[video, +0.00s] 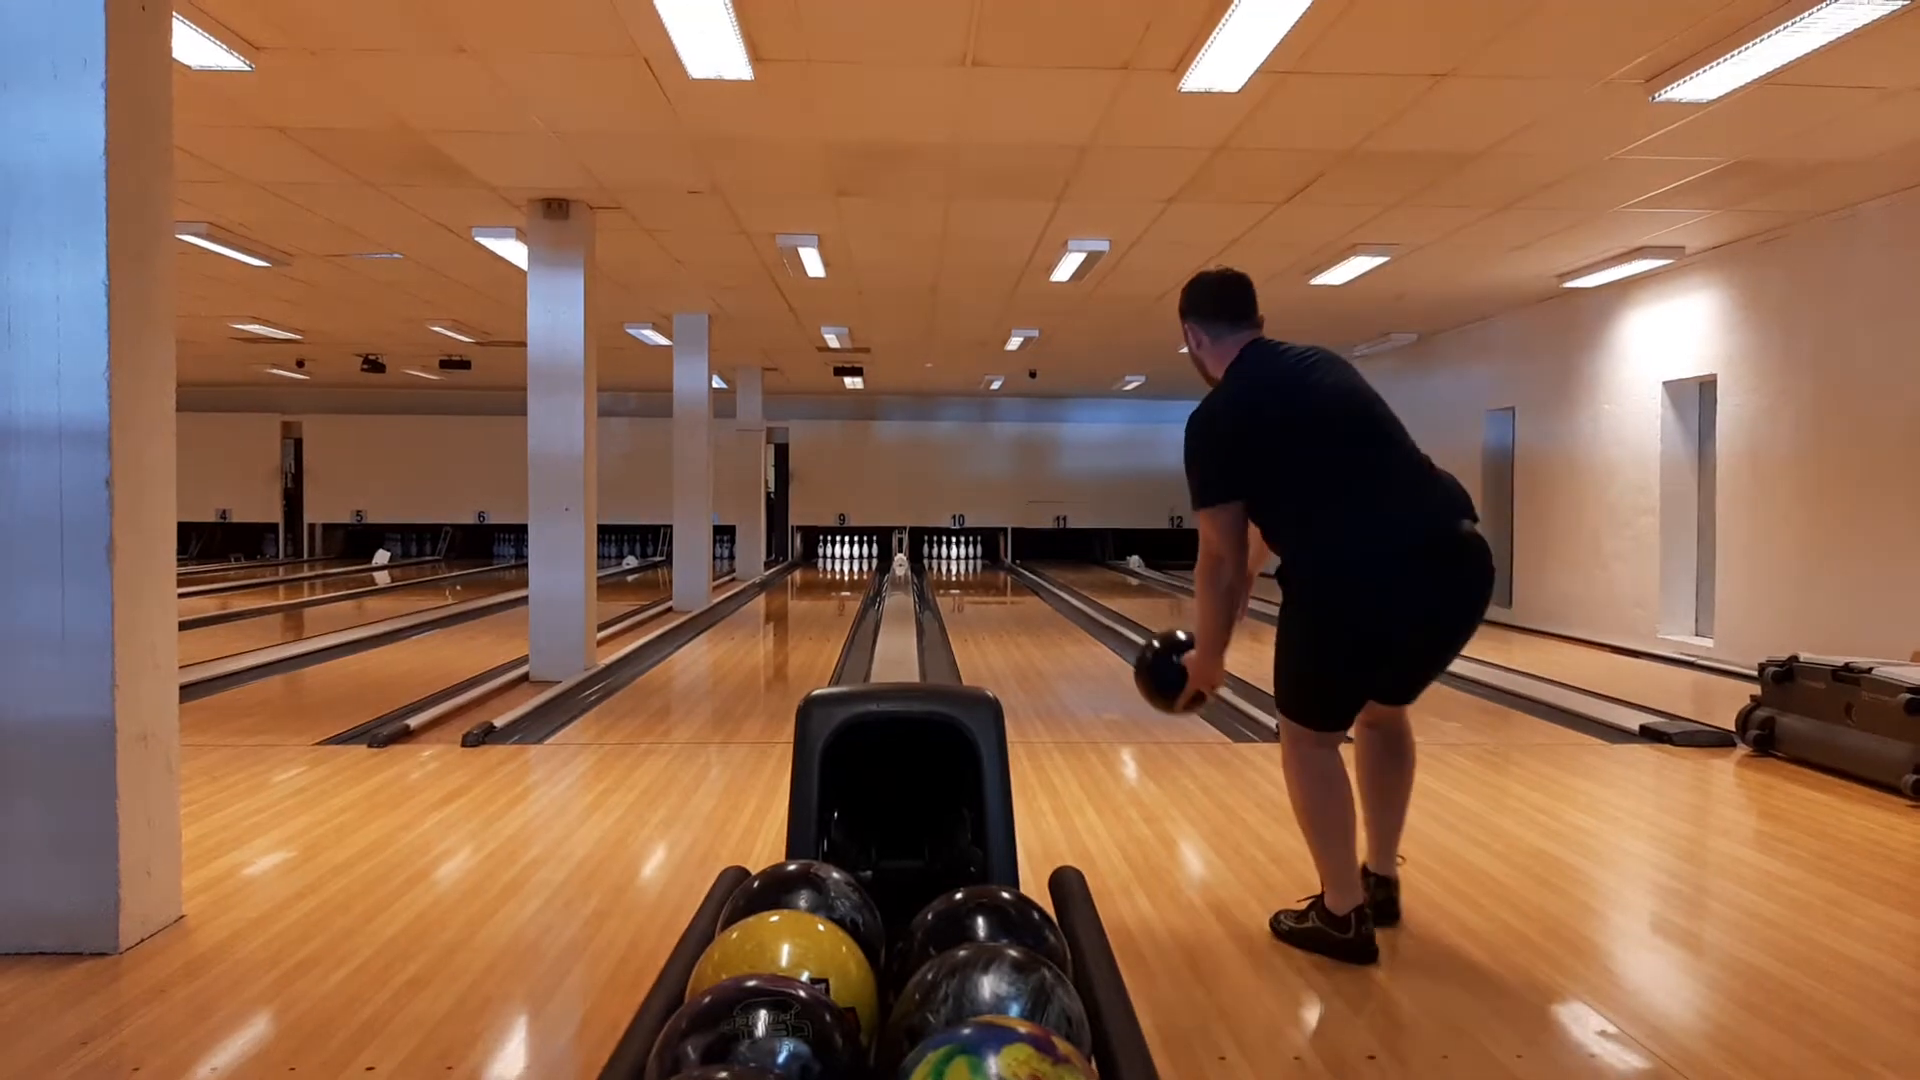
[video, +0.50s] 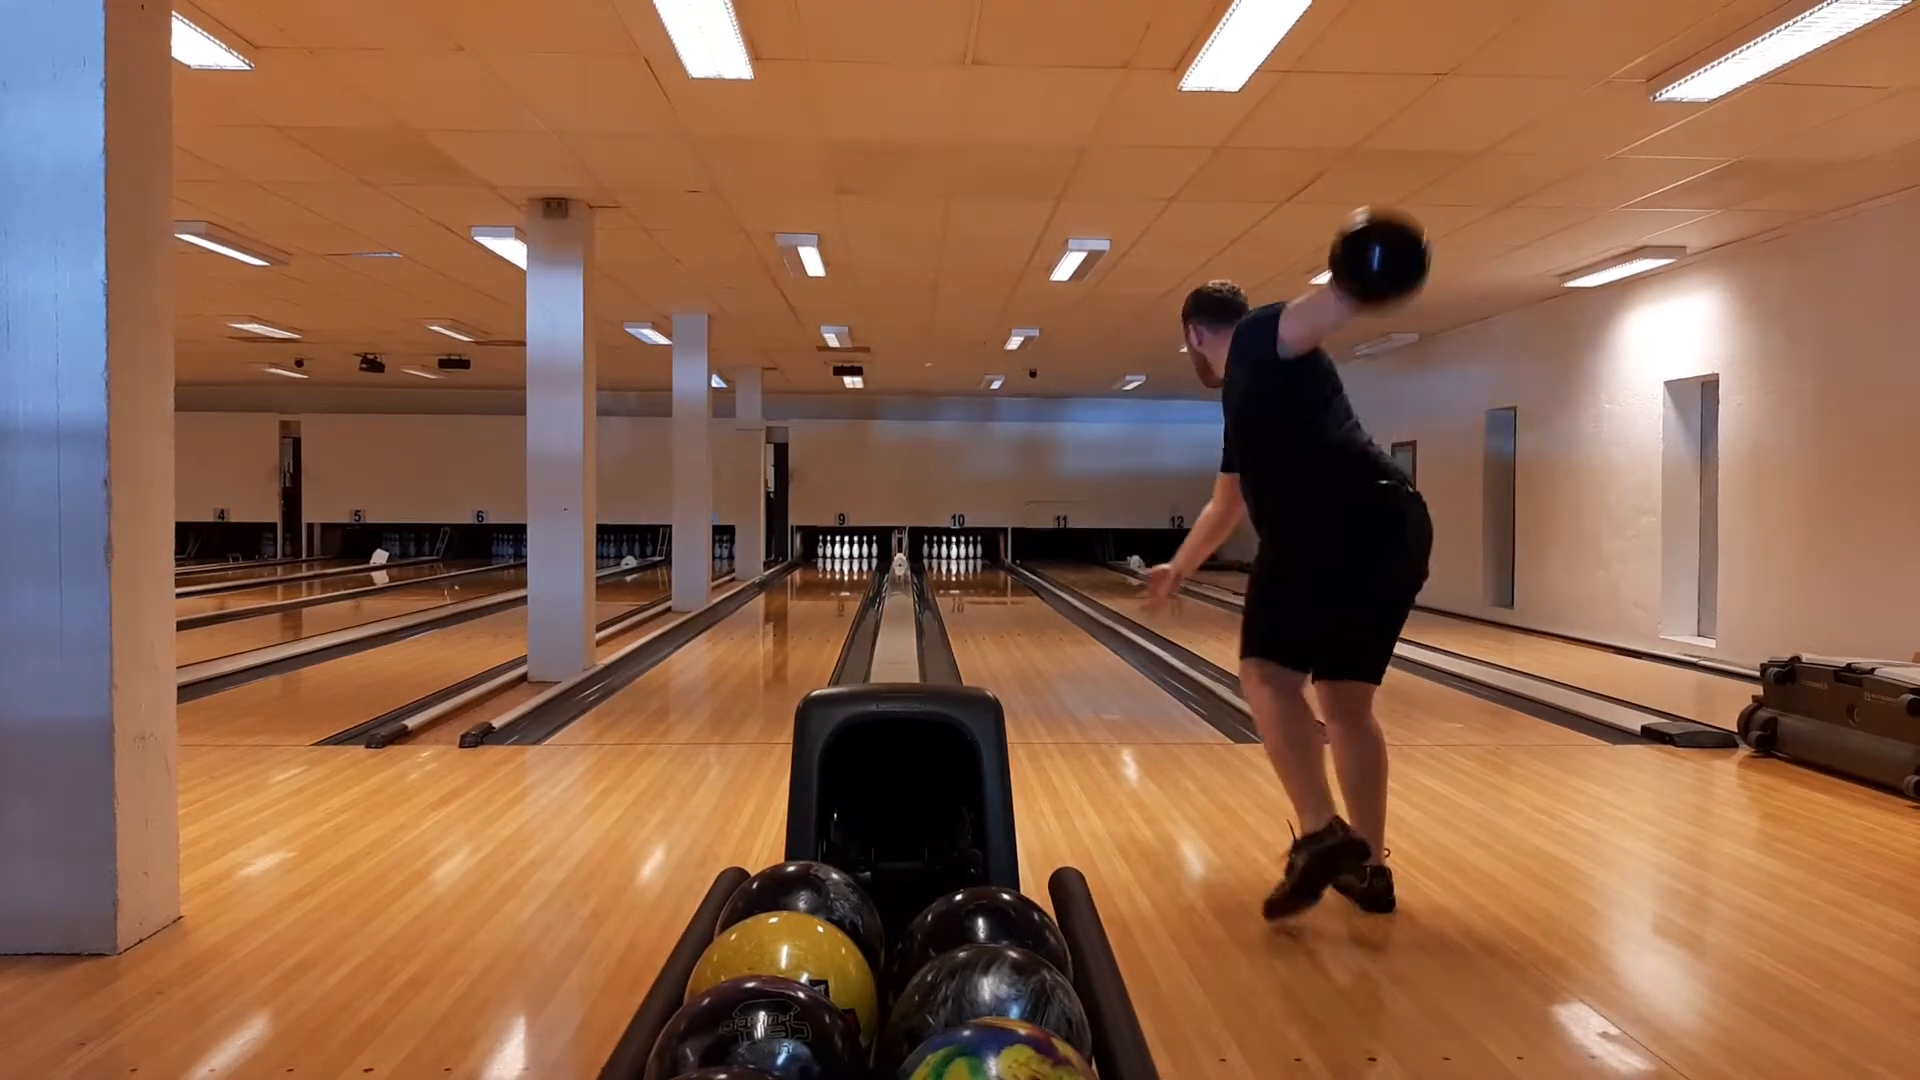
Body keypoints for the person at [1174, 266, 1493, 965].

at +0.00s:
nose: (1191, 355)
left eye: (1186, 343)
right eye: (1190, 345)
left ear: (1192, 339)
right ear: (1259, 324)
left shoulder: (1216, 418)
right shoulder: (1324, 366)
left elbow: (1224, 561)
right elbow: (1280, 512)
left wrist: (1208, 660)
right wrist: (1217, 612)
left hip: (1348, 583)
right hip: (1456, 560)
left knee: (1308, 735)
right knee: (1384, 712)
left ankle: (1341, 913)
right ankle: (1381, 878)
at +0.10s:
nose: (1187, 355)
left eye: (1182, 345)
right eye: (1188, 346)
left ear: (1188, 337)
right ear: (1250, 321)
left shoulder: (1222, 399)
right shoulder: (1309, 366)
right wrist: (1242, 628)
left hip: (1352, 562)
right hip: (1445, 546)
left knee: (1309, 725)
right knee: (1378, 708)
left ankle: (1342, 912)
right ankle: (1372, 870)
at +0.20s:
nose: (1188, 351)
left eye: (1181, 339)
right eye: (1186, 341)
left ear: (1189, 330)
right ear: (1246, 313)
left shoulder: (1241, 367)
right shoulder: (1281, 358)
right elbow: (1271, 486)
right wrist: (1247, 574)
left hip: (1368, 537)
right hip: (1432, 530)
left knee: (1321, 714)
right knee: (1367, 706)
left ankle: (1342, 906)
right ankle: (1371, 870)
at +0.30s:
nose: (1189, 351)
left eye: (1184, 337)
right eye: (1187, 340)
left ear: (1194, 324)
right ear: (1237, 306)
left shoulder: (1258, 341)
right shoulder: (1252, 389)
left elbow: (1316, 408)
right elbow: (1251, 500)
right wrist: (1229, 582)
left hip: (1359, 529)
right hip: (1409, 526)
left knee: (1322, 706)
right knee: (1352, 705)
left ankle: (1338, 888)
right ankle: (1367, 871)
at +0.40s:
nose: (1189, 354)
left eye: (1186, 341)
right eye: (1188, 344)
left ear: (1197, 327)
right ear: (1236, 315)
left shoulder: (1257, 333)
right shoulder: (1247, 393)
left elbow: (1325, 337)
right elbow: (1238, 505)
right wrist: (1204, 578)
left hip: (1334, 526)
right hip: (1400, 520)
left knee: (1299, 688)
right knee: (1351, 703)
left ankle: (1333, 864)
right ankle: (1370, 867)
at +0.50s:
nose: (1190, 359)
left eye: (1187, 345)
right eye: (1187, 348)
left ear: (1198, 335)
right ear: (1231, 327)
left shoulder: (1258, 335)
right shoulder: (1243, 412)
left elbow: (1321, 309)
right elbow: (1227, 504)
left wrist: (1362, 278)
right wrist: (1178, 567)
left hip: (1320, 524)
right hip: (1387, 522)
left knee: (1266, 676)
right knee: (1345, 697)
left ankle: (1319, 831)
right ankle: (1370, 863)